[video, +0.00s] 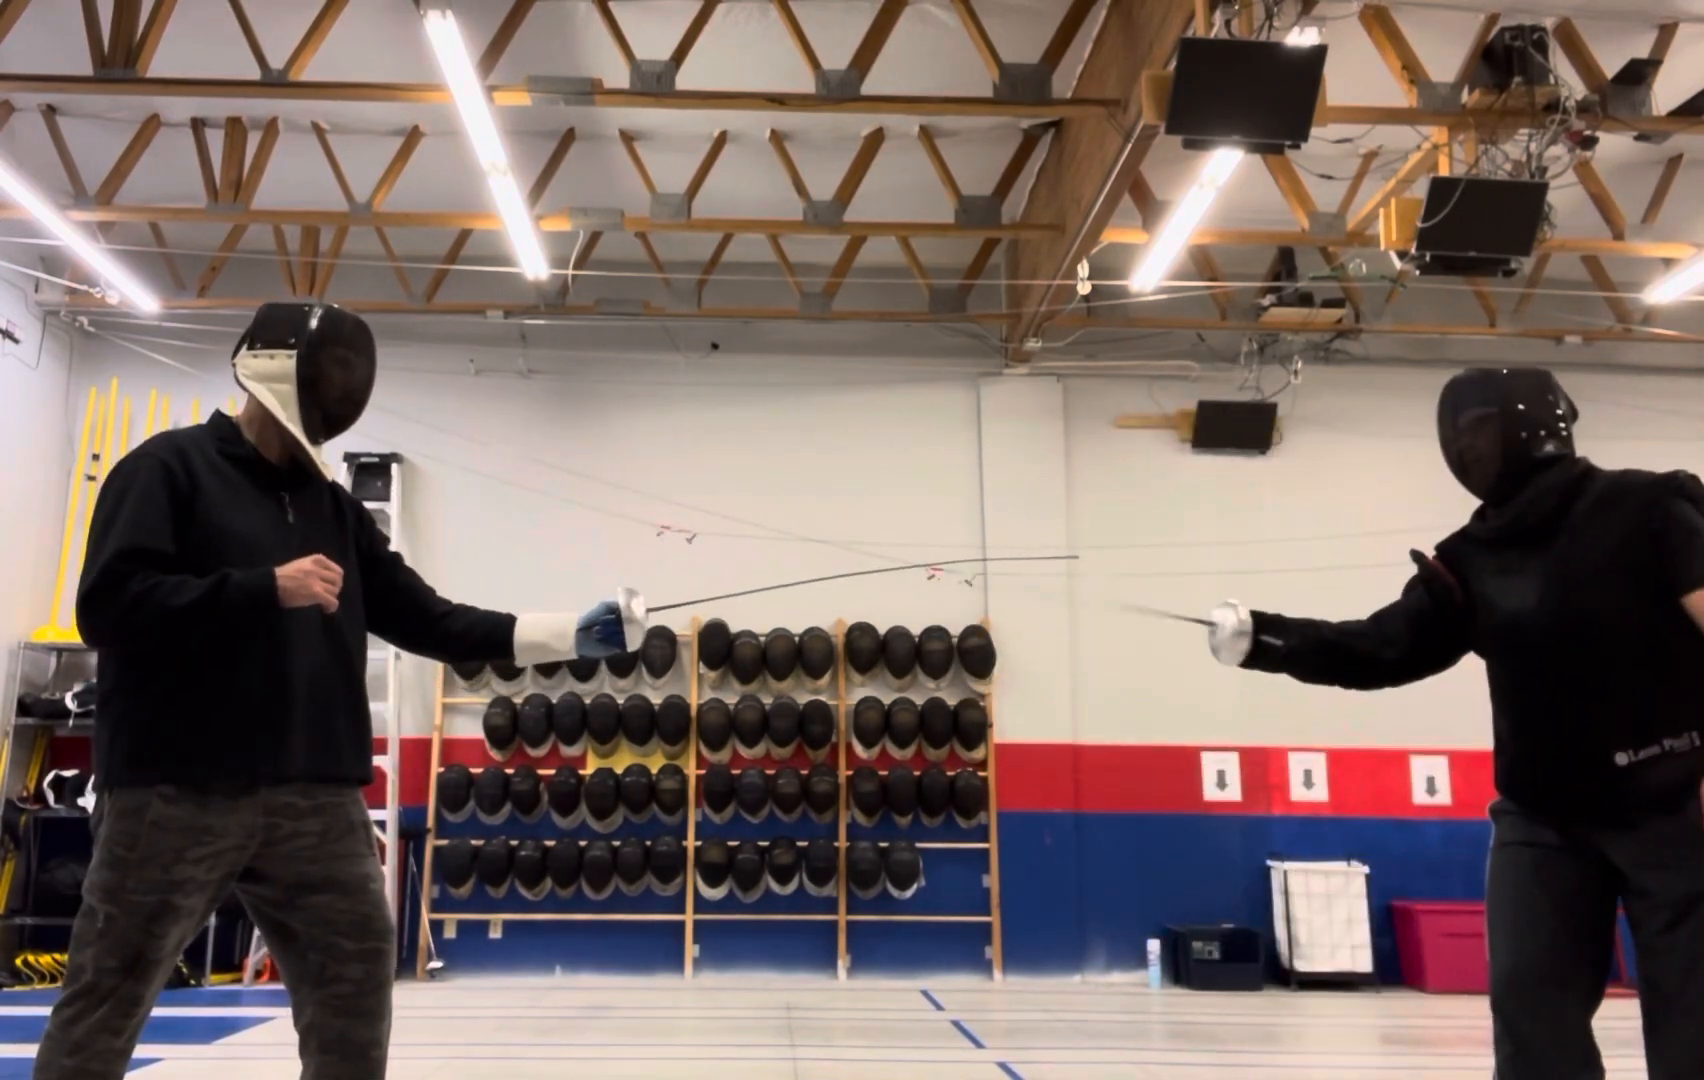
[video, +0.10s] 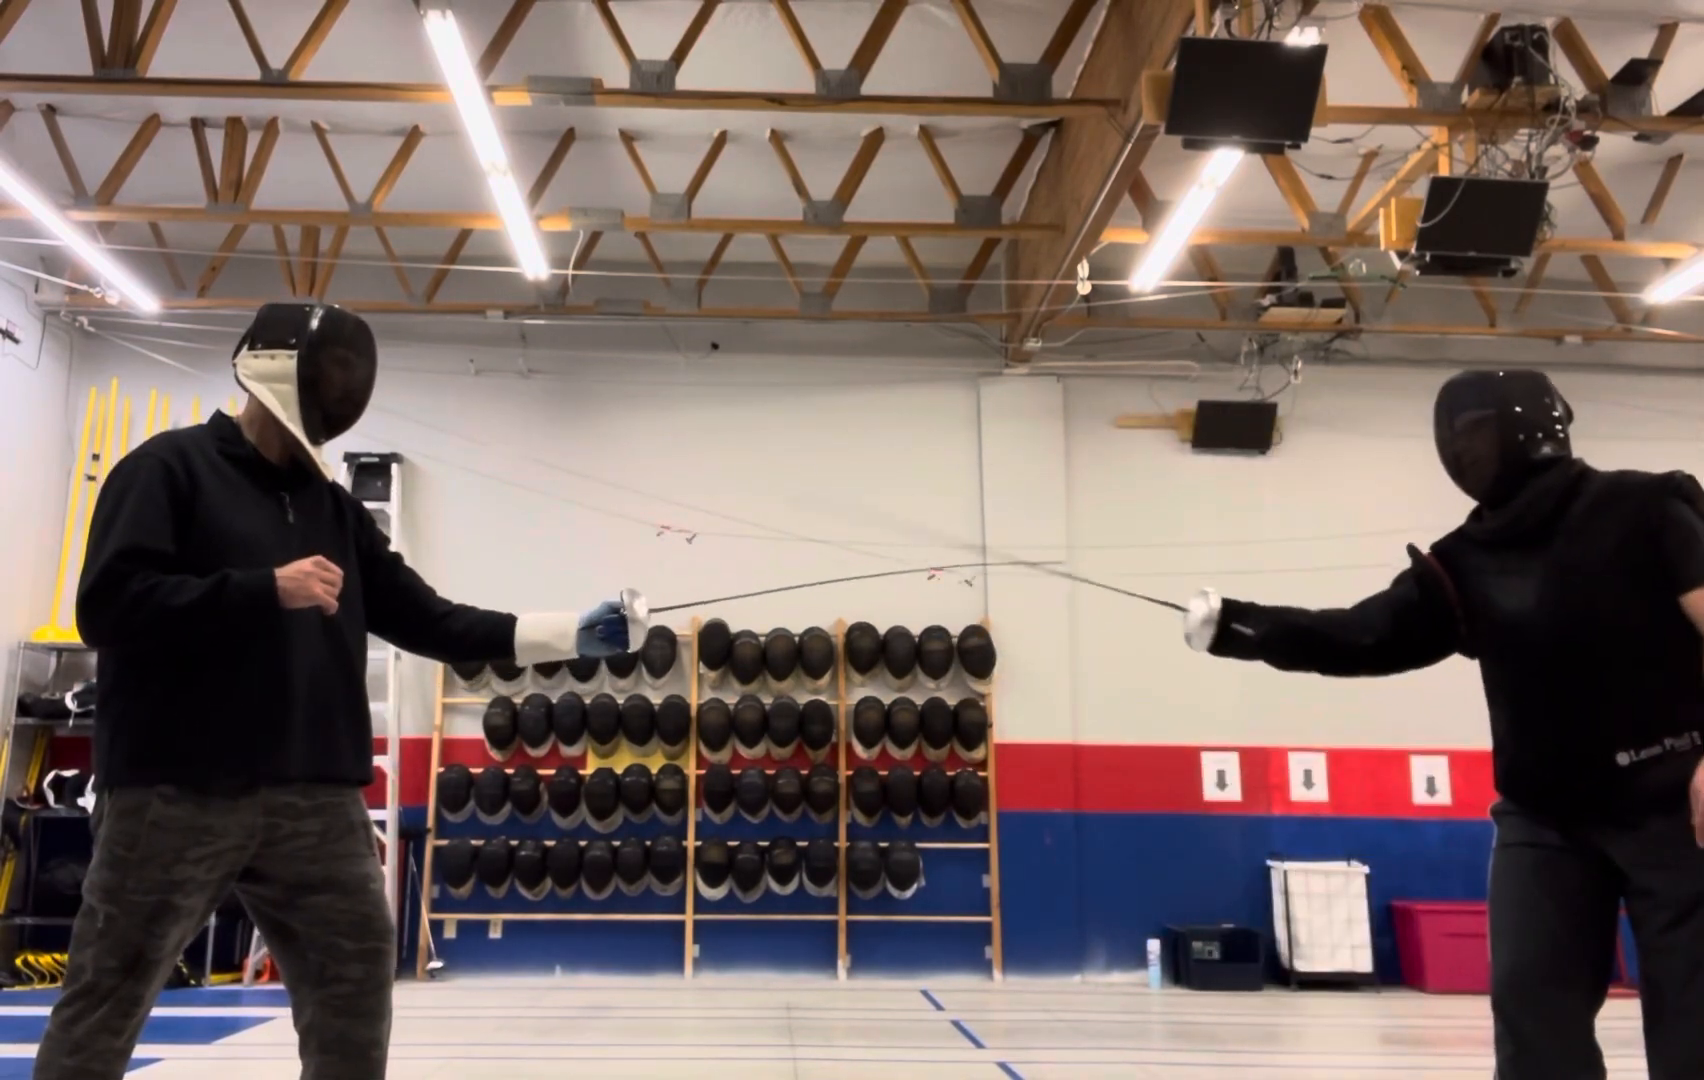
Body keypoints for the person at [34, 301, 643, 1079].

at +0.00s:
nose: (339, 400)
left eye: (346, 384)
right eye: (328, 378)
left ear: (337, 391)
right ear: (276, 370)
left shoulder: (333, 510)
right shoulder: (161, 470)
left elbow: (426, 620)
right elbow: (107, 605)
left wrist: (572, 636)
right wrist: (262, 587)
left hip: (310, 795)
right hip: (173, 791)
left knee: (353, 981)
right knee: (105, 1001)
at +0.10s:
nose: (337, 401)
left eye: (344, 386)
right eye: (326, 379)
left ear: (338, 393)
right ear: (275, 371)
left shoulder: (333, 511)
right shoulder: (161, 471)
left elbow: (427, 621)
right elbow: (107, 605)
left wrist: (574, 635)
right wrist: (263, 588)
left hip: (310, 795)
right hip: (172, 791)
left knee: (353, 981)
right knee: (105, 1001)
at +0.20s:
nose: (339, 404)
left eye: (346, 388)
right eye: (329, 381)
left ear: (335, 394)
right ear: (276, 372)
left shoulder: (331, 510)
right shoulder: (160, 471)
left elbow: (421, 619)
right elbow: (106, 604)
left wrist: (569, 633)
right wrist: (262, 588)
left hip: (310, 795)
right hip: (172, 791)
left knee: (353, 986)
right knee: (104, 1003)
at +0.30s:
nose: (323, 412)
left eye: (335, 396)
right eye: (313, 388)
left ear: (338, 399)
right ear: (265, 372)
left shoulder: (329, 507)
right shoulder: (161, 470)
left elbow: (414, 621)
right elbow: (106, 603)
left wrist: (557, 628)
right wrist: (262, 589)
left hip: (310, 797)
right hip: (171, 792)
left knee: (353, 985)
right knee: (104, 1003)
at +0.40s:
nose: (328, 412)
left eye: (338, 396)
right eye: (318, 387)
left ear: (335, 399)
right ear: (268, 372)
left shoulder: (329, 510)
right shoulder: (162, 469)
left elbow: (421, 621)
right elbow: (107, 602)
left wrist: (569, 633)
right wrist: (264, 590)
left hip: (309, 795)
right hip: (171, 791)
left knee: (352, 986)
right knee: (103, 1002)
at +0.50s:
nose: (340, 405)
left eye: (347, 389)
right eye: (330, 382)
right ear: (277, 373)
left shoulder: (329, 511)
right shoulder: (163, 469)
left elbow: (425, 619)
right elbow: (109, 601)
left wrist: (573, 629)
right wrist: (265, 589)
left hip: (307, 794)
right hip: (171, 789)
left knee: (352, 979)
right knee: (104, 999)